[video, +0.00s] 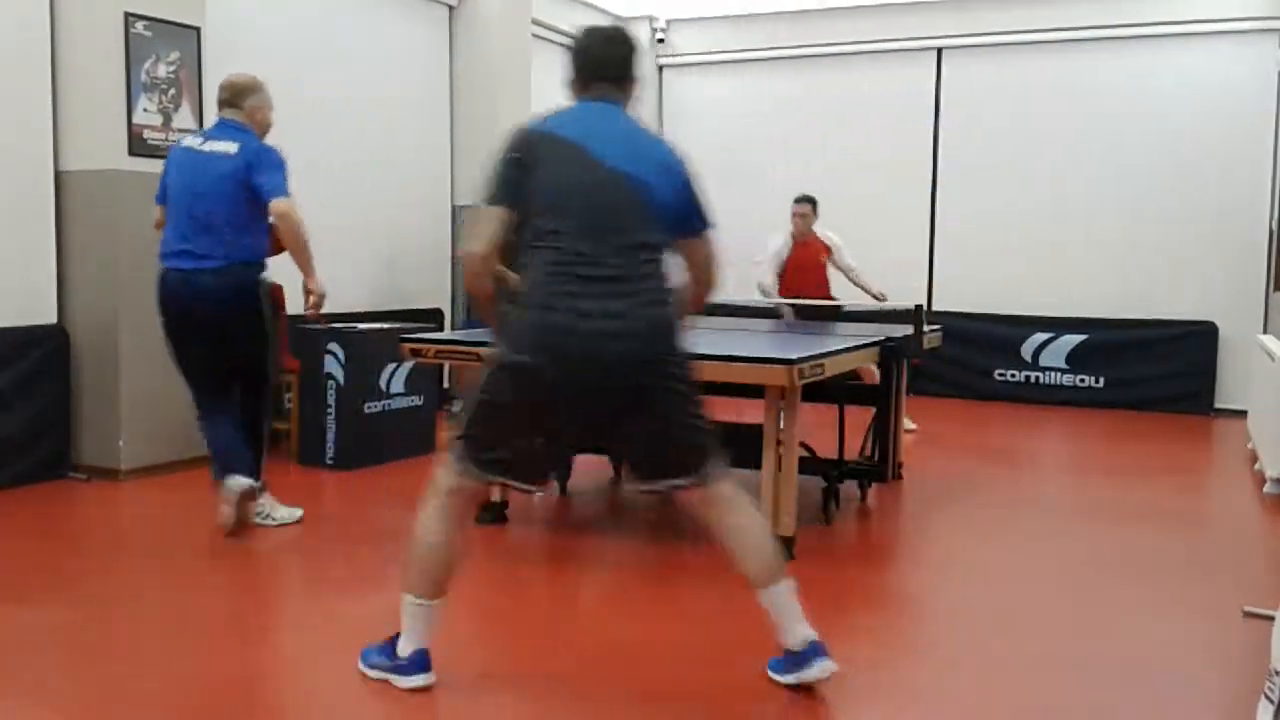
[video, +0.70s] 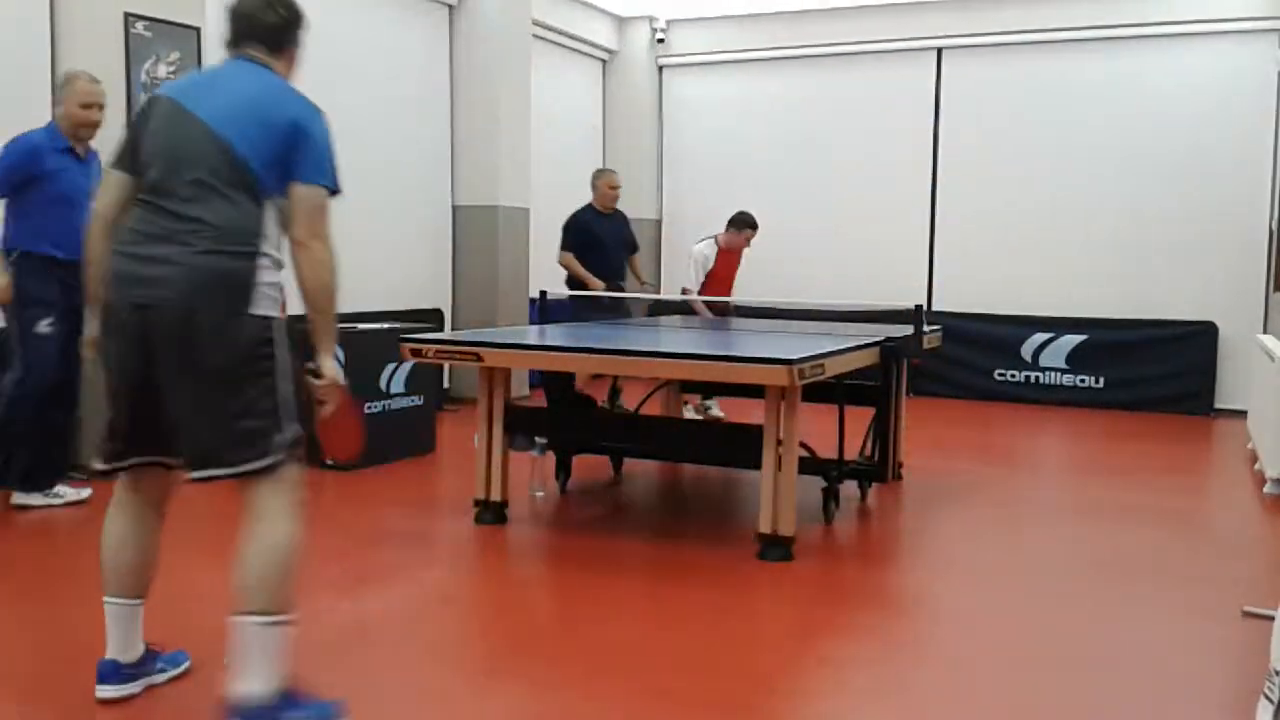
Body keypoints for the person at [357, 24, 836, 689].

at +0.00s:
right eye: (625, 77)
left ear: (571, 78)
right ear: (631, 82)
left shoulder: (534, 142)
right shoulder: (658, 155)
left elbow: (478, 262)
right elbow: (704, 277)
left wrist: (513, 325)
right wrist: (659, 322)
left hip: (543, 359)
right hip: (642, 360)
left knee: (453, 484)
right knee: (716, 488)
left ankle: (410, 649)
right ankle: (801, 640)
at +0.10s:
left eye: (525, 60)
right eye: (566, 67)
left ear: (514, 66)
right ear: (575, 73)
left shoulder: (463, 127)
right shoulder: (596, 149)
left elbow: (402, 239)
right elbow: (640, 275)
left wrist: (439, 302)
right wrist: (626, 309)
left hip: (466, 339)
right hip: (562, 345)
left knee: (407, 479)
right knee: (635, 473)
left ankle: (404, 650)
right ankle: (686, 642)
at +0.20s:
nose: (526, 68)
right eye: (529, 59)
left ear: (465, 51)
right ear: (525, 60)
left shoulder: (409, 106)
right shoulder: (546, 131)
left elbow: (354, 222)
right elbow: (572, 268)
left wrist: (390, 292)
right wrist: (564, 328)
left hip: (400, 311)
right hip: (498, 319)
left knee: (367, 459)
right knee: (544, 461)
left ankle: (373, 636)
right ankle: (527, 644)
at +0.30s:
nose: (483, 74)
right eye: (484, 64)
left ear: (418, 54)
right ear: (476, 63)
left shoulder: (360, 107)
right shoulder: (497, 131)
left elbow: (305, 224)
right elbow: (520, 270)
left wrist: (338, 294)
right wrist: (510, 345)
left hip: (350, 311)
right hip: (451, 321)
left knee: (296, 457)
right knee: (474, 480)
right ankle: (478, 667)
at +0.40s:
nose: (433, 95)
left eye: (426, 85)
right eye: (434, 85)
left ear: (369, 72)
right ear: (427, 84)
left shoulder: (306, 128)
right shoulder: (438, 152)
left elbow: (252, 242)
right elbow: (460, 293)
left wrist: (283, 316)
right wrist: (457, 363)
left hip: (283, 331)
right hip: (383, 338)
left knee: (217, 484)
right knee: (451, 487)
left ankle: (130, 647)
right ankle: (477, 666)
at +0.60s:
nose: (341, 90)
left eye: (339, 79)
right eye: (341, 79)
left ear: (275, 65)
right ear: (329, 75)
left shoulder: (207, 114)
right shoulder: (332, 135)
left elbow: (153, 234)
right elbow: (345, 260)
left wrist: (158, 312)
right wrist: (363, 371)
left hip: (163, 316)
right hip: (258, 321)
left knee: (155, 481)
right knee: (340, 483)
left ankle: (122, 658)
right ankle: (378, 674)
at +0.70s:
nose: (300, 62)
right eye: (300, 51)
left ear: (232, 41)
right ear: (291, 49)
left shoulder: (166, 97)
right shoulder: (295, 114)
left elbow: (102, 215)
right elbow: (309, 241)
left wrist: (99, 315)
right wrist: (326, 351)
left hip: (132, 311)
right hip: (222, 315)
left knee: (144, 479)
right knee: (277, 478)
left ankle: (122, 658)